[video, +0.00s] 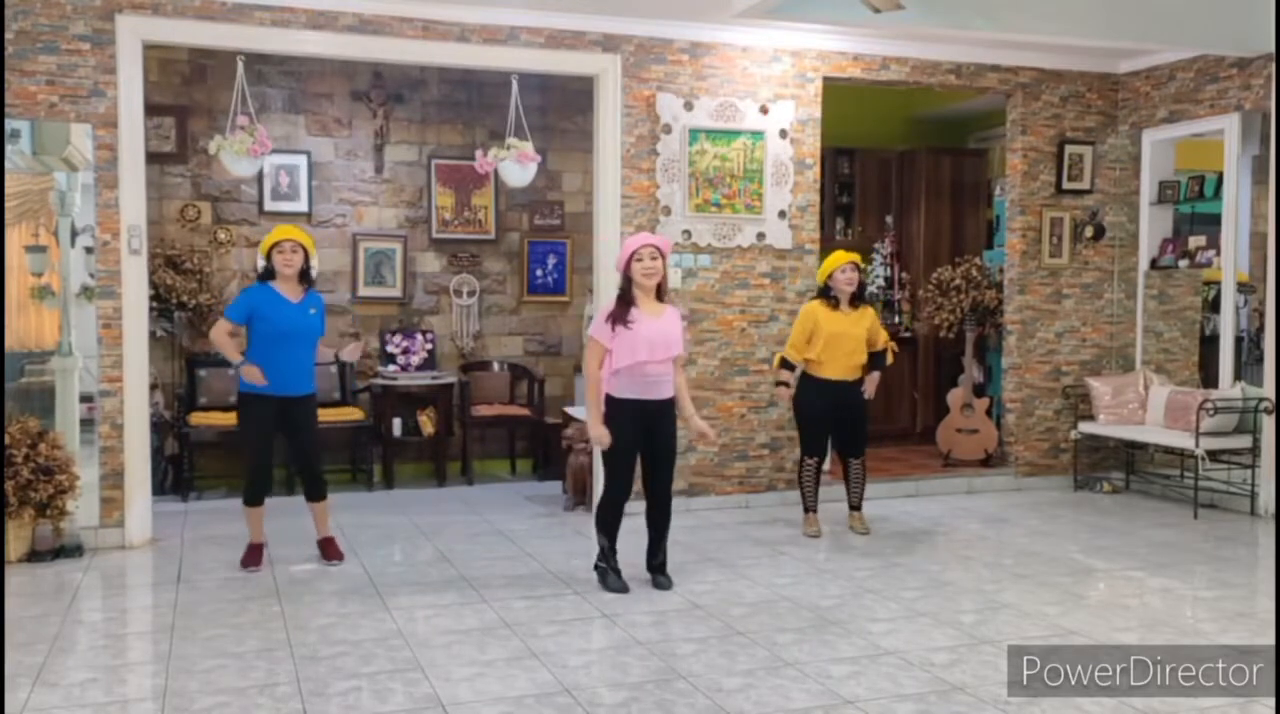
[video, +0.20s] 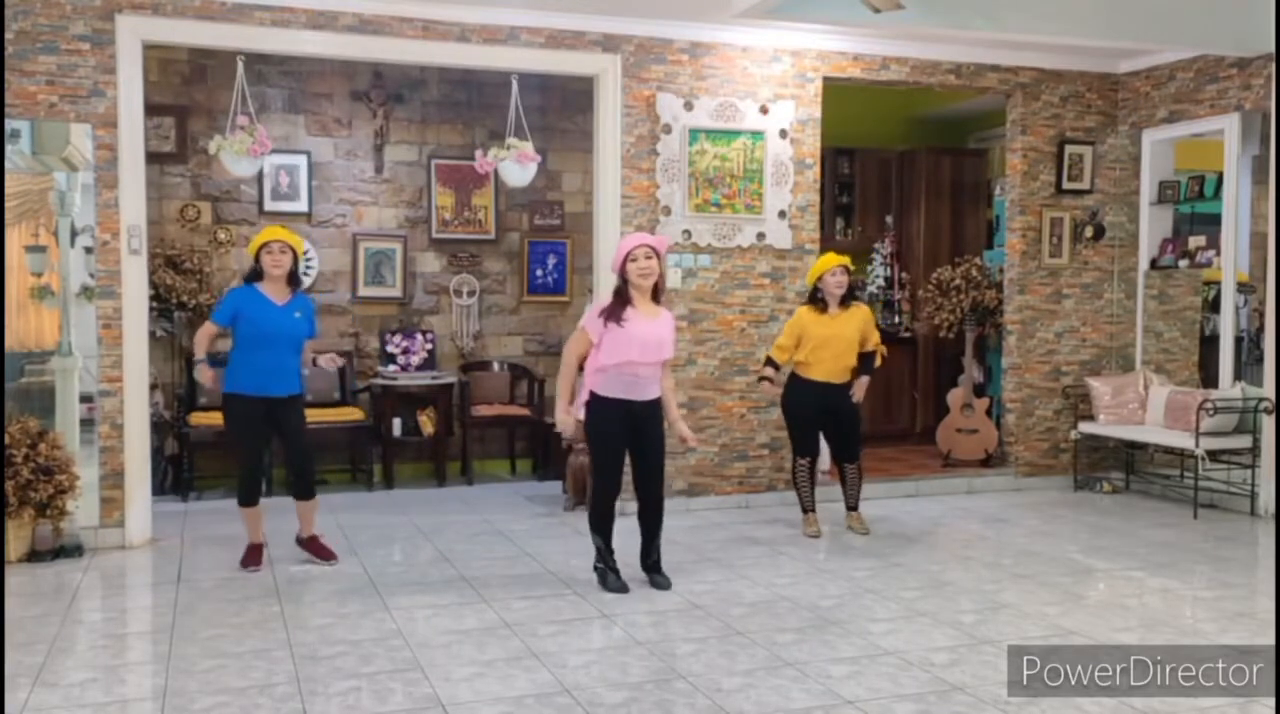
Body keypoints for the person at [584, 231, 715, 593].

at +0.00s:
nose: (648, 265)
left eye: (655, 259)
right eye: (640, 259)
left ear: (664, 268)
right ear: (628, 269)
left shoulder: (673, 316)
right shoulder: (613, 314)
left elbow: (678, 371)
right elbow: (592, 365)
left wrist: (692, 418)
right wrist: (595, 420)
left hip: (662, 409)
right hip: (621, 409)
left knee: (660, 491)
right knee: (617, 489)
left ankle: (658, 564)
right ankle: (606, 561)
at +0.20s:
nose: (644, 265)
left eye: (650, 258)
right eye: (635, 260)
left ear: (660, 267)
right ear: (622, 269)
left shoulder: (665, 318)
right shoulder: (606, 311)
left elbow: (665, 374)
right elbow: (571, 354)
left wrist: (677, 421)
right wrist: (562, 409)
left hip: (649, 410)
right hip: (606, 408)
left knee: (652, 491)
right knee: (606, 488)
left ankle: (652, 561)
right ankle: (604, 562)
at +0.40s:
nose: (636, 265)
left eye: (643, 258)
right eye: (628, 259)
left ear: (654, 268)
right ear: (617, 269)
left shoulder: (661, 318)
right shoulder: (598, 310)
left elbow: (660, 375)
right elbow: (559, 350)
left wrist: (670, 421)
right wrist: (542, 400)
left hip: (641, 410)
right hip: (597, 408)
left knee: (637, 491)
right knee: (600, 487)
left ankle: (632, 560)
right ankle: (602, 562)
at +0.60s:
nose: (631, 272)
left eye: (638, 264)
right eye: (622, 266)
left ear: (649, 271)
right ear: (612, 275)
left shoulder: (662, 322)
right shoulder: (599, 314)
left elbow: (662, 377)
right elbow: (569, 360)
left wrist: (669, 426)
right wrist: (538, 403)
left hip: (634, 413)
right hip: (594, 408)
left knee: (622, 488)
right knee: (596, 487)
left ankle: (623, 559)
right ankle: (601, 561)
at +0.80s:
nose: (628, 273)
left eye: (635, 266)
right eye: (620, 267)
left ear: (646, 273)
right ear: (609, 276)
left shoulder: (661, 318)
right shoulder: (597, 316)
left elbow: (667, 375)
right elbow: (573, 370)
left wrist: (676, 421)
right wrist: (542, 411)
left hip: (635, 413)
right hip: (593, 408)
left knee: (626, 492)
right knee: (595, 489)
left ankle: (629, 560)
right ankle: (602, 563)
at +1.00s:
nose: (628, 264)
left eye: (634, 257)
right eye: (620, 259)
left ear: (645, 264)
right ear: (607, 268)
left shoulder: (662, 307)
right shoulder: (598, 310)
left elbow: (675, 362)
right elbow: (581, 370)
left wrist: (689, 409)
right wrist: (557, 412)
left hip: (646, 407)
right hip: (602, 407)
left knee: (643, 491)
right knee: (603, 488)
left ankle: (644, 563)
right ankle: (605, 563)